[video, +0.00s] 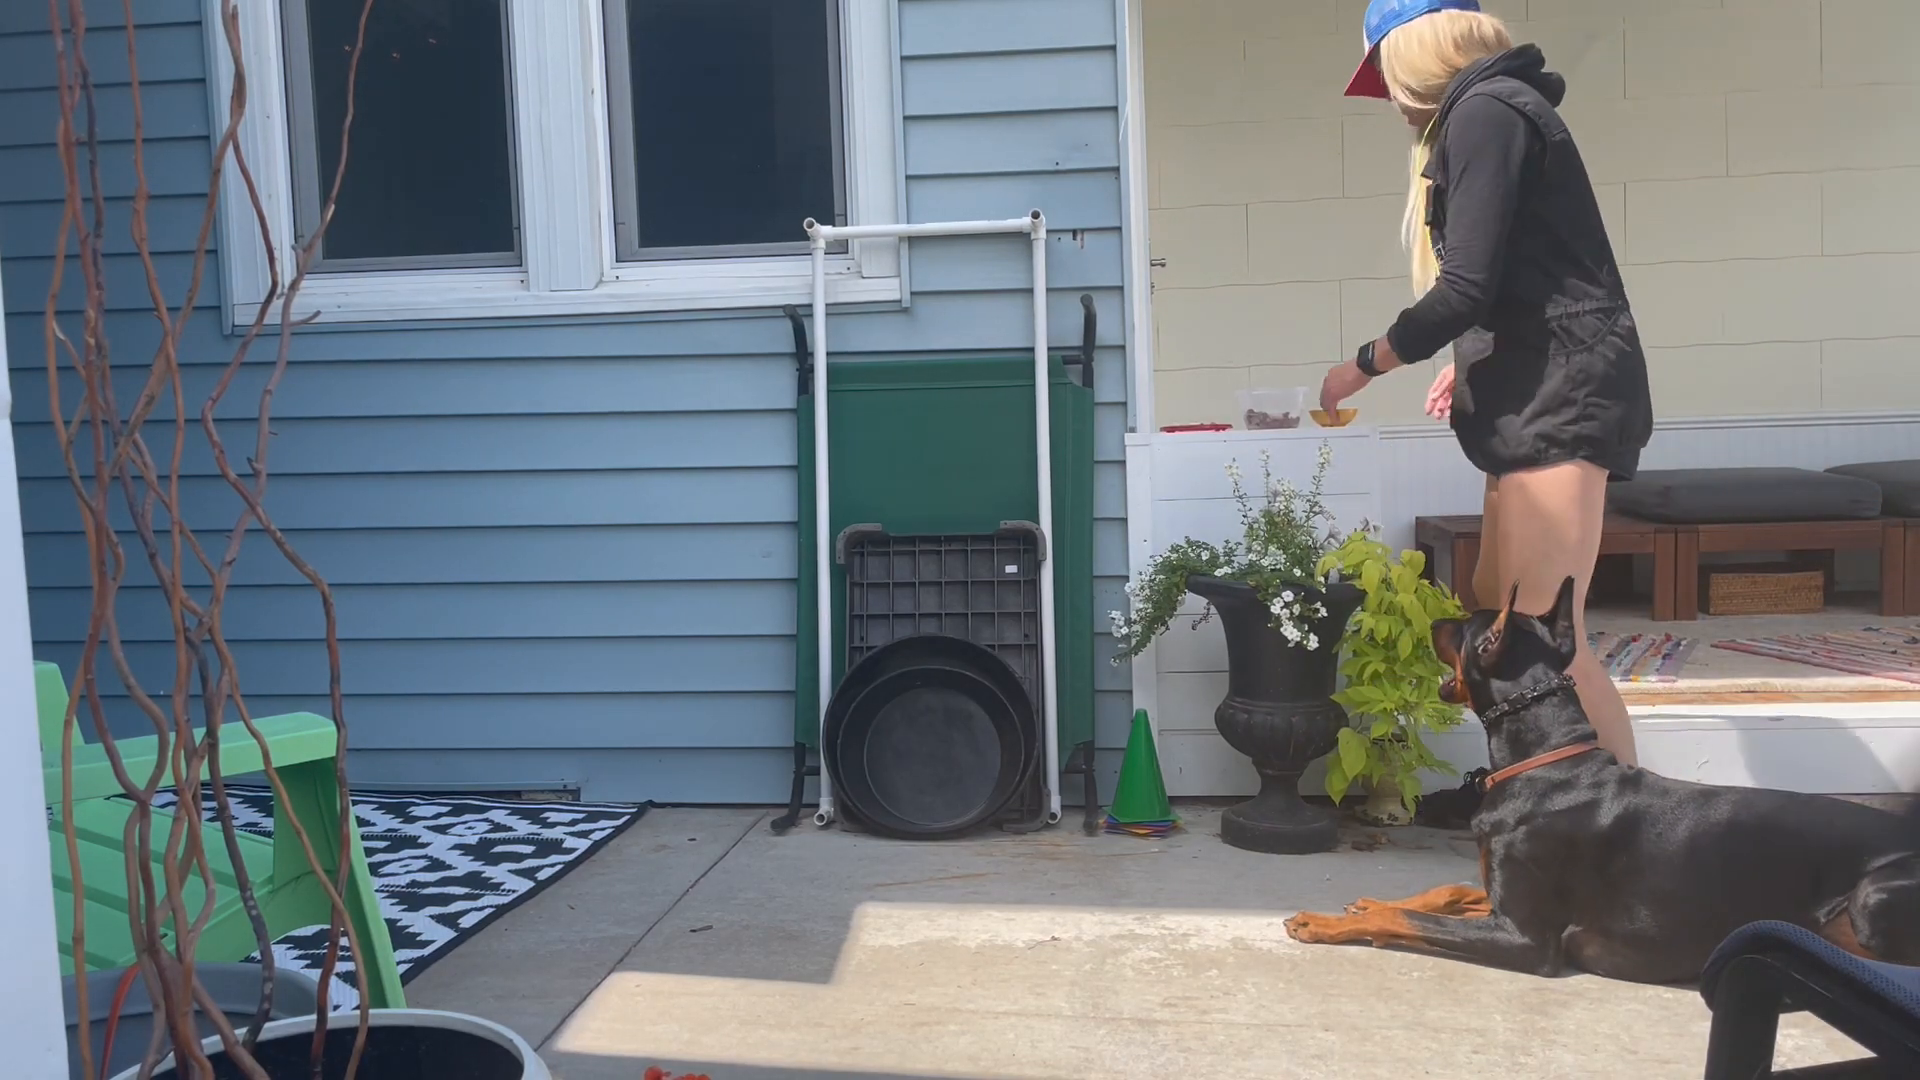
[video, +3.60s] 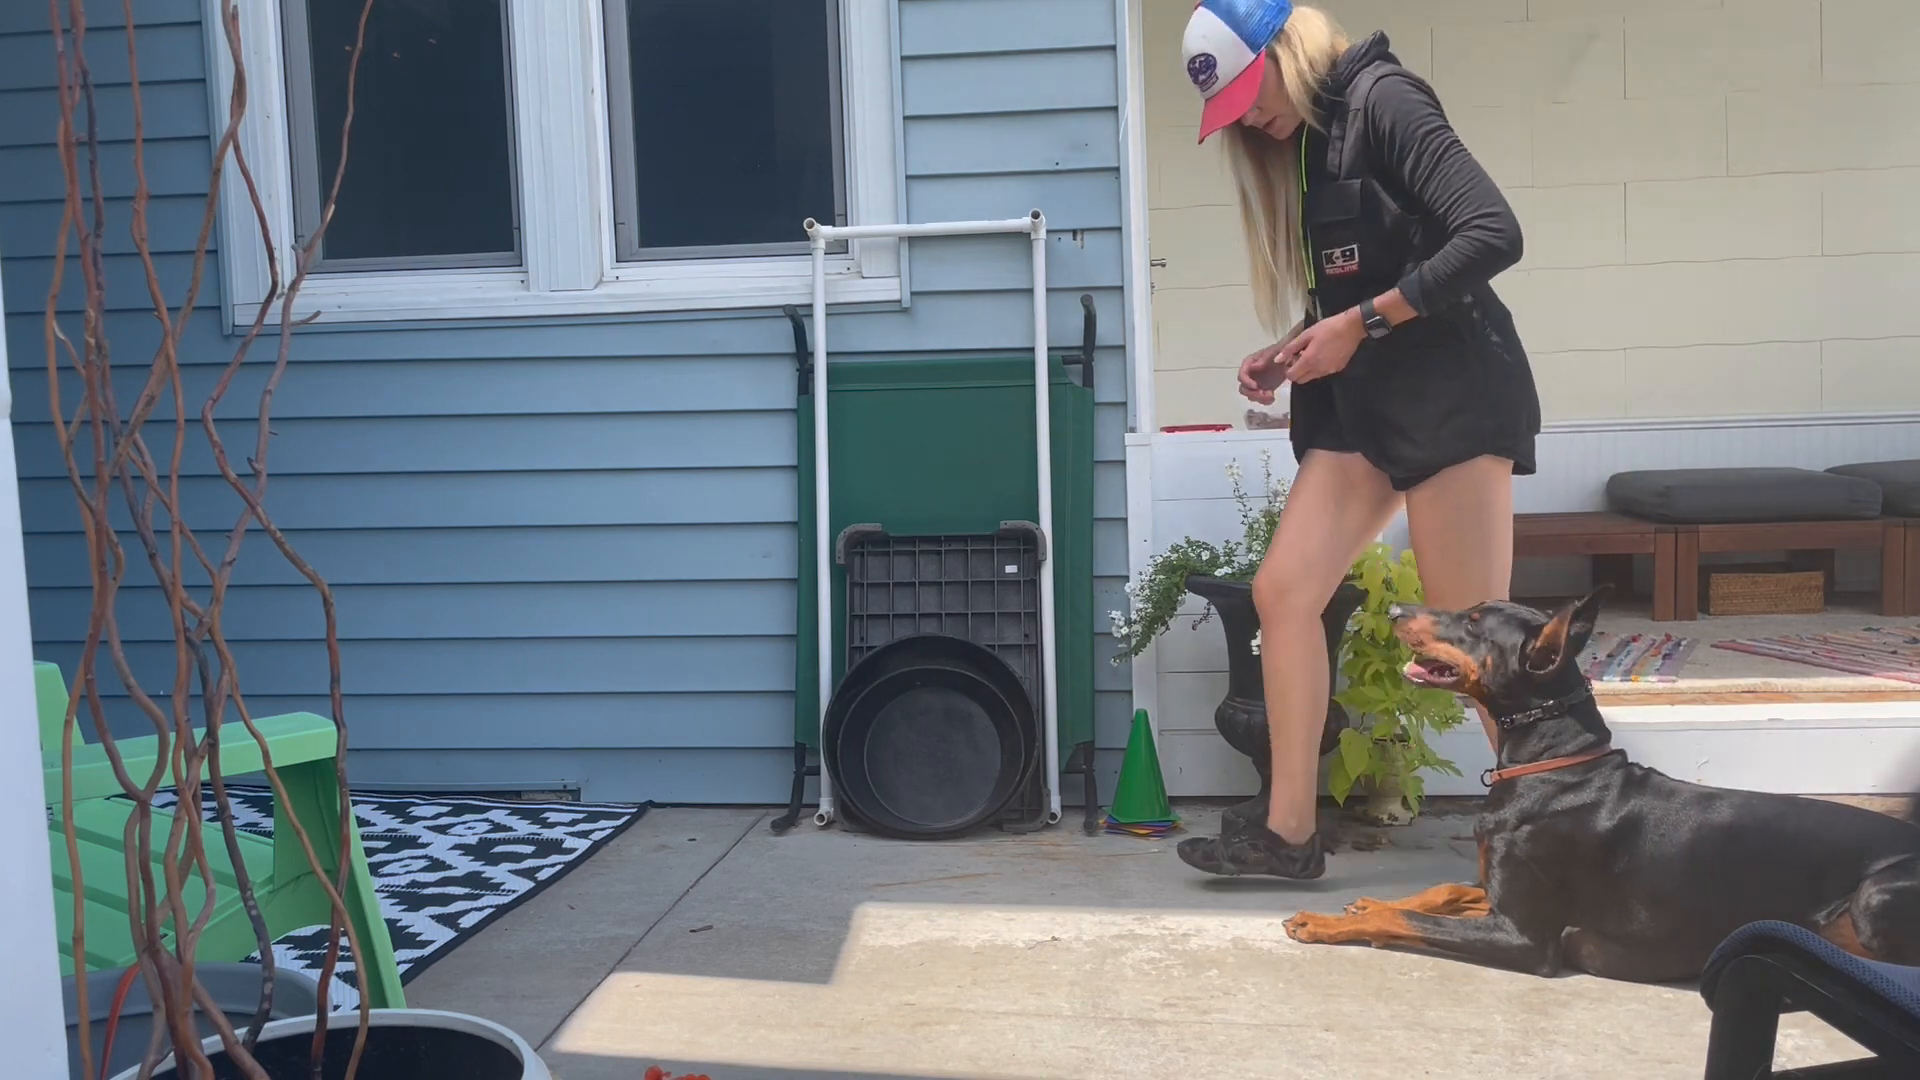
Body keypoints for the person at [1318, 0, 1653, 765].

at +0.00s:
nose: (1395, 98)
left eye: (1393, 79)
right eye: (1388, 83)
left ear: (1420, 62)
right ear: (1462, 46)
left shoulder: (1485, 112)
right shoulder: (1491, 110)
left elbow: (1467, 287)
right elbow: (1538, 272)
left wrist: (1361, 365)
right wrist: (1477, 363)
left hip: (1564, 380)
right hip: (1530, 381)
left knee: (1547, 633)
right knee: (1497, 614)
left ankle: (1625, 819)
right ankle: (1528, 791)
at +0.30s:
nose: (1338, 153)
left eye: (1335, 134)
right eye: (1332, 138)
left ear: (1359, 110)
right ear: (1402, 101)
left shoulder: (1396, 163)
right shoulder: (1453, 158)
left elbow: (1326, 305)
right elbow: (1470, 319)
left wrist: (1249, 365)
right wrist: (1364, 350)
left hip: (1539, 371)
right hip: (1520, 380)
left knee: (1551, 615)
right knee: (1481, 601)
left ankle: (1611, 804)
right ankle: (1532, 794)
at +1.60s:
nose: (1342, 168)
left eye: (1337, 147)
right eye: (1332, 157)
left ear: (1363, 114)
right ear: (1375, 115)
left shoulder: (1427, 149)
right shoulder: (1411, 173)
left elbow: (1462, 280)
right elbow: (1446, 313)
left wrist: (1377, 327)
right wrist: (1376, 333)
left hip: (1539, 364)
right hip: (1495, 387)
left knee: (1550, 593)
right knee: (1481, 602)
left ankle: (1615, 795)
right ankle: (1536, 789)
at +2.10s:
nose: (1369, 115)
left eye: (1367, 92)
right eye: (1357, 105)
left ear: (1399, 54)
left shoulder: (1487, 98)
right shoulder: (1447, 128)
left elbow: (1594, 218)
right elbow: (1492, 278)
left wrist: (1483, 328)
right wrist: (1443, 380)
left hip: (1548, 386)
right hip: (1510, 391)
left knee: (1500, 639)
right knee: (1513, 638)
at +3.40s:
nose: (1313, 136)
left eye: (1310, 115)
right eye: (1297, 130)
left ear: (1336, 61)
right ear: (1295, 100)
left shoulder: (1444, 100)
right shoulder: (1361, 143)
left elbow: (1569, 223)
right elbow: (1400, 279)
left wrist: (1446, 318)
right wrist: (1361, 361)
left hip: (1517, 397)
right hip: (1430, 410)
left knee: (1507, 626)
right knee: (1409, 611)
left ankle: (1551, 840)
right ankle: (1511, 820)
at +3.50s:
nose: (1290, 132)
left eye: (1285, 111)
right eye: (1275, 124)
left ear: (1315, 59)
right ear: (1280, 92)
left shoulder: (1419, 101)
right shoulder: (1344, 139)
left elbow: (1538, 226)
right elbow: (1398, 282)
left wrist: (1417, 320)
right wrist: (1334, 359)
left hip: (1491, 391)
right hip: (1401, 402)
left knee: (1496, 632)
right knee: (1343, 596)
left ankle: (1548, 830)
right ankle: (1436, 818)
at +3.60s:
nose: (1250, 124)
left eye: (1246, 102)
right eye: (1236, 114)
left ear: (1280, 55)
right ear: (1253, 78)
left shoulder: (1387, 99)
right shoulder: (1317, 136)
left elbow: (1491, 231)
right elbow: (1365, 282)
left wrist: (1369, 320)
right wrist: (1296, 350)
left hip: (1452, 389)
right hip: (1364, 398)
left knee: (1475, 635)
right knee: (1285, 594)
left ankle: (1546, 836)